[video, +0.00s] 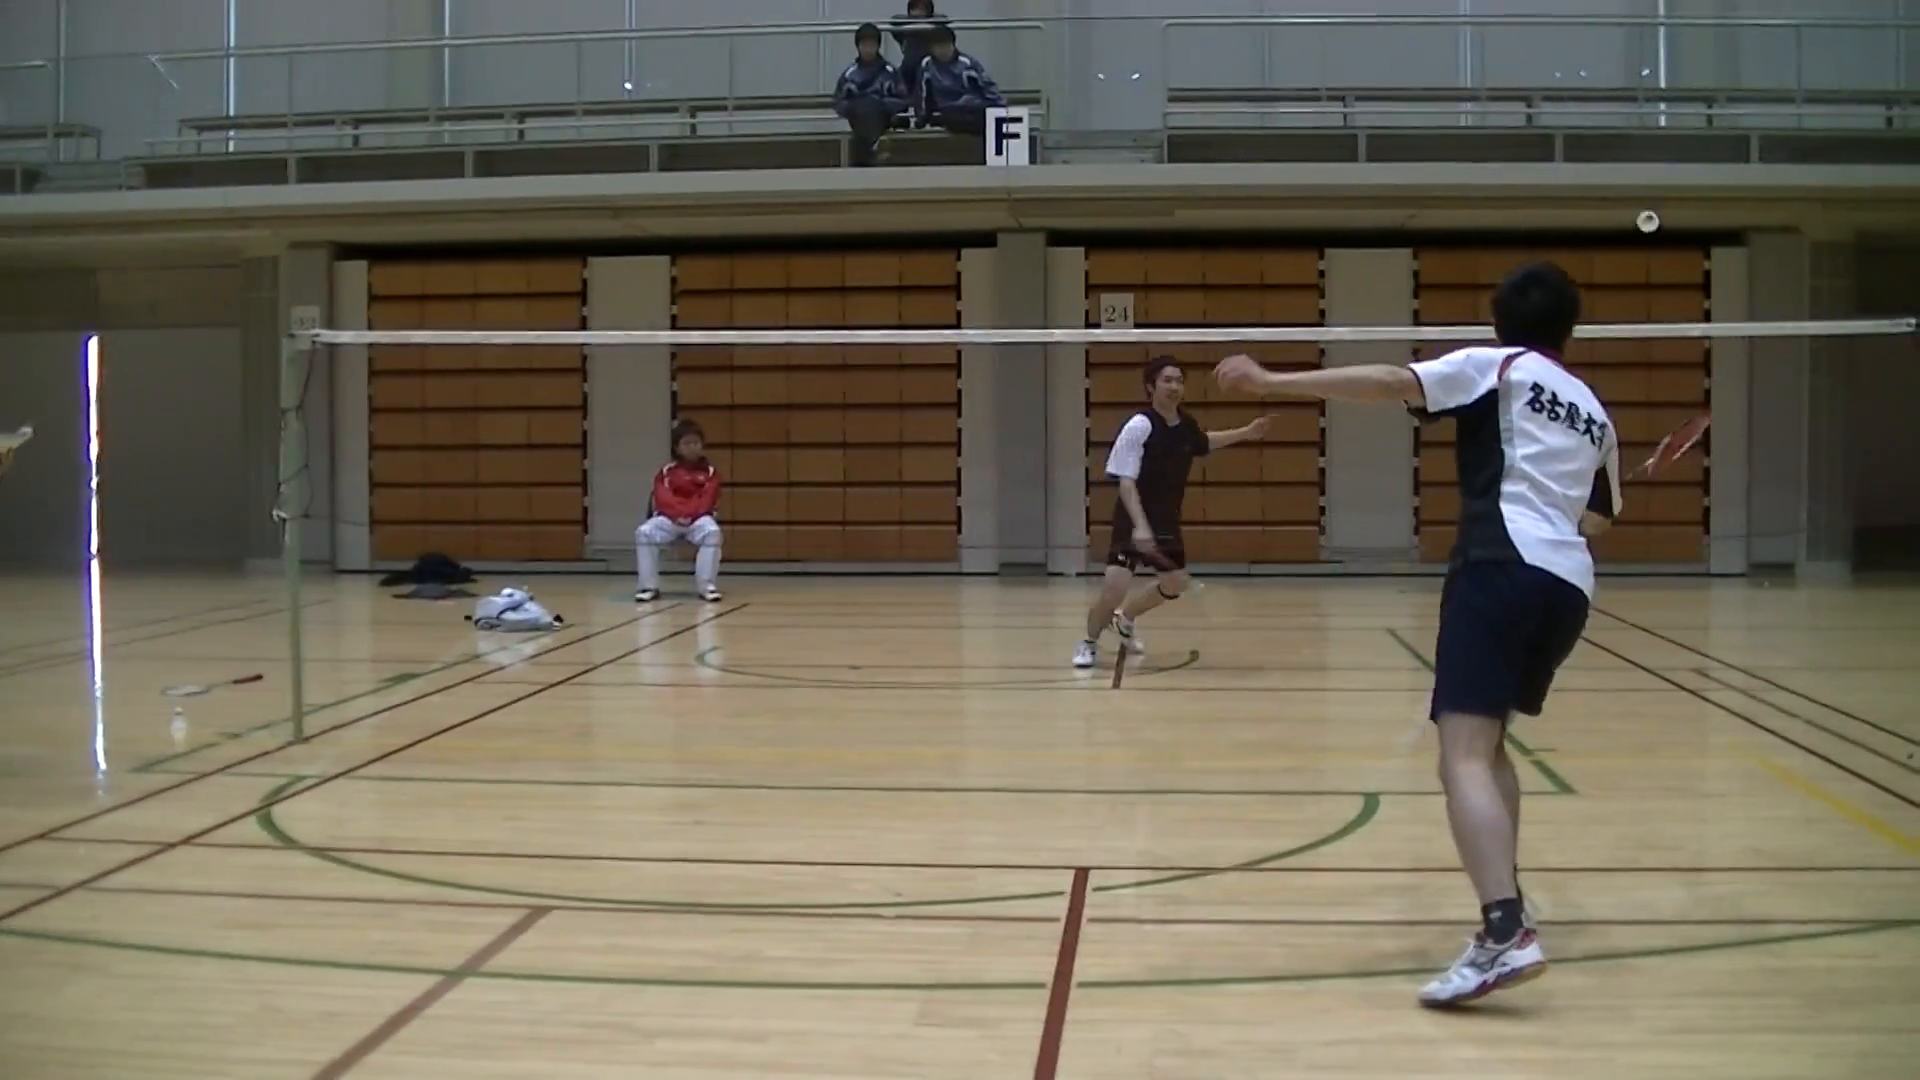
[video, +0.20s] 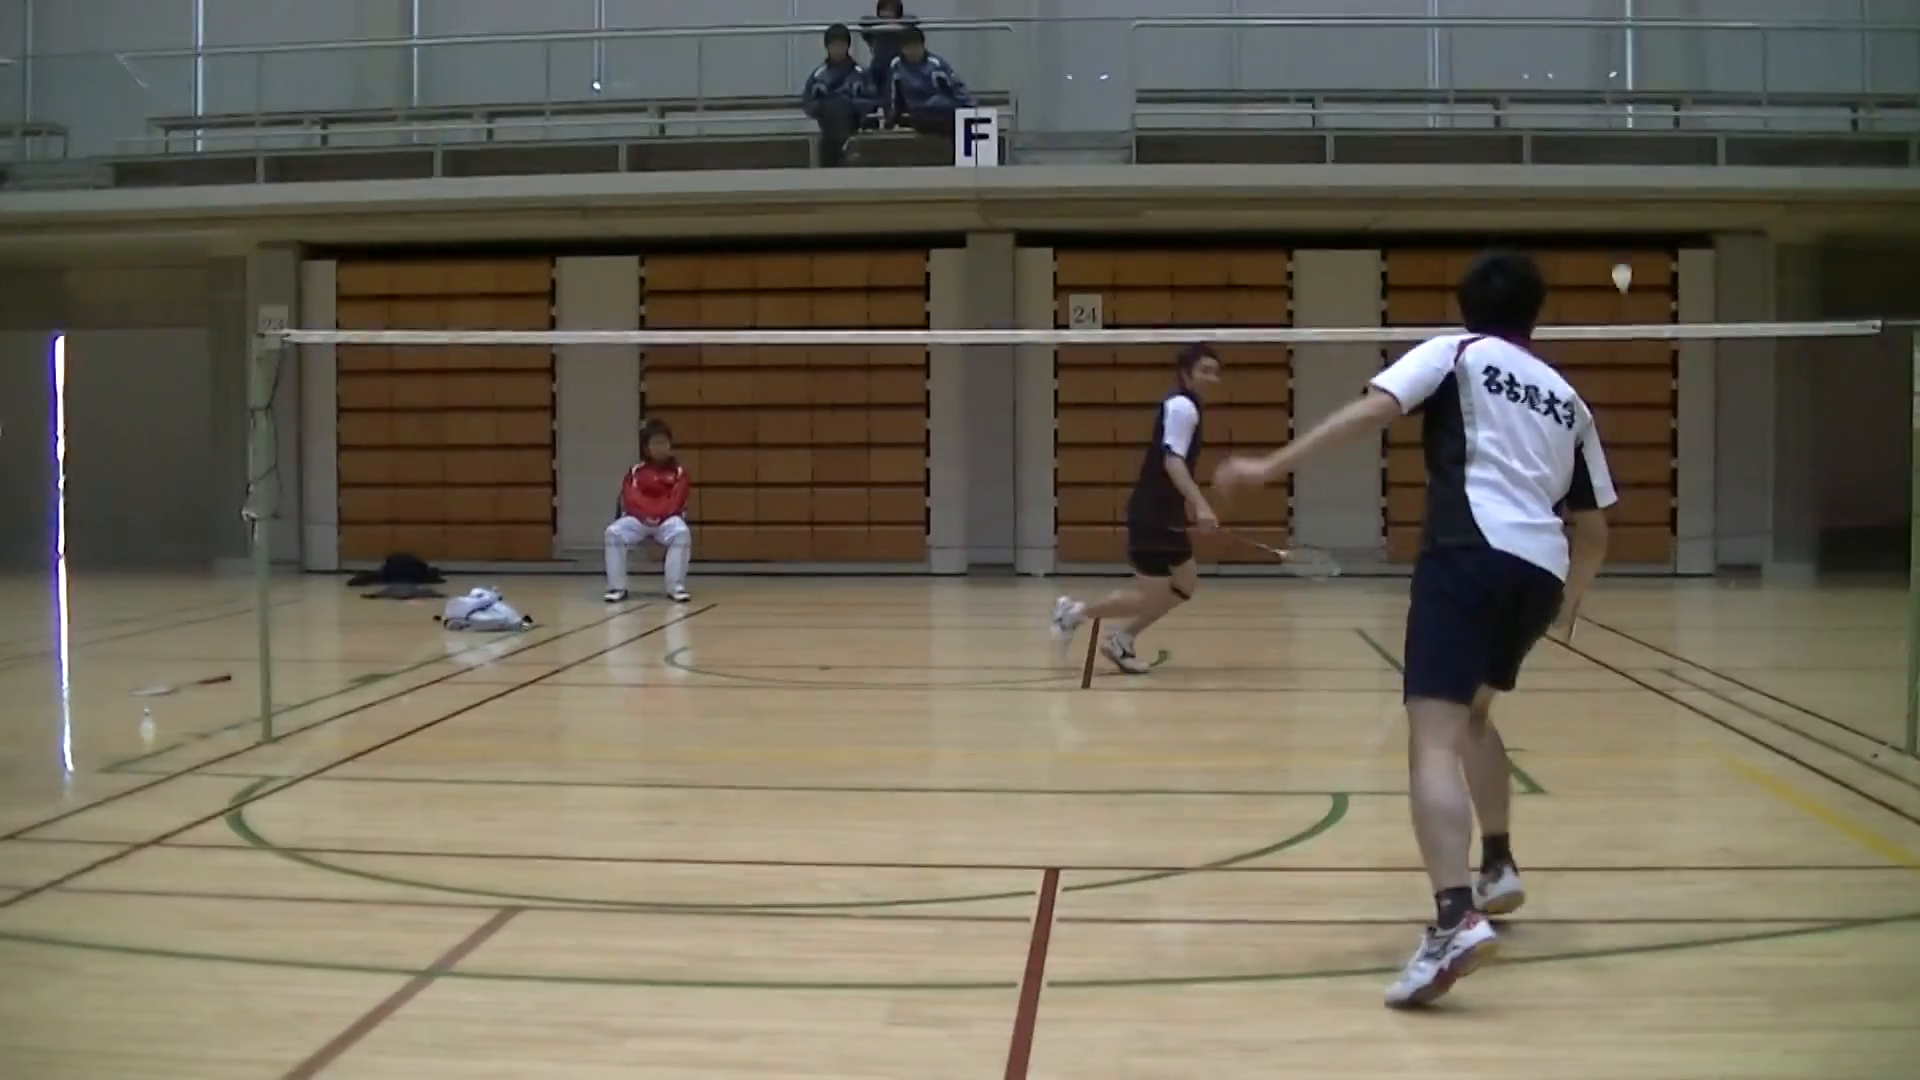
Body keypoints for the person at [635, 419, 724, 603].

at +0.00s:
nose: (692, 448)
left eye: (696, 443)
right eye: (686, 443)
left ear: (702, 445)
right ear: (676, 448)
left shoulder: (710, 472)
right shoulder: (666, 471)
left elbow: (707, 501)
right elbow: (662, 500)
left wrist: (689, 515)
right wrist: (679, 514)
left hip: (698, 518)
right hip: (670, 518)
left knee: (713, 533)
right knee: (644, 533)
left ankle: (706, 585)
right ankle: (648, 587)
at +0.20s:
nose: (660, 448)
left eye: (664, 443)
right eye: (655, 443)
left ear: (670, 445)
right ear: (646, 448)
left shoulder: (678, 472)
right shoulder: (636, 471)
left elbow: (676, 500)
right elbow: (630, 498)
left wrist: (660, 515)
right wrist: (645, 514)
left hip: (666, 518)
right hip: (638, 518)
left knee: (681, 534)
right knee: (613, 534)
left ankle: (675, 586)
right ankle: (617, 588)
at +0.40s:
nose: (654, 448)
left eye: (657, 443)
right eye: (648, 444)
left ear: (662, 446)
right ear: (638, 449)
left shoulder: (671, 473)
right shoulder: (628, 472)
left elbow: (669, 501)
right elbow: (623, 499)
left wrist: (653, 516)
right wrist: (639, 515)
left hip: (659, 519)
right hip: (631, 519)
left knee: (674, 535)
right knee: (606, 535)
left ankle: (668, 586)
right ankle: (610, 588)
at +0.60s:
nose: (653, 450)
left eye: (657, 444)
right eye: (648, 445)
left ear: (662, 448)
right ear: (638, 450)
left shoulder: (670, 475)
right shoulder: (628, 474)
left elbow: (668, 503)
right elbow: (623, 501)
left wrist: (652, 518)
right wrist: (638, 517)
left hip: (659, 521)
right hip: (630, 521)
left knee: (673, 536)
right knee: (606, 536)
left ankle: (668, 588)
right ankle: (610, 590)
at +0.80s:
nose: (654, 450)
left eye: (657, 445)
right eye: (648, 446)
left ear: (663, 448)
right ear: (639, 450)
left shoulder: (672, 475)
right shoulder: (628, 474)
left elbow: (669, 505)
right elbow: (624, 503)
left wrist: (652, 519)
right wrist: (640, 517)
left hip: (660, 521)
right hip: (631, 521)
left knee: (675, 537)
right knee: (607, 536)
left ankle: (669, 588)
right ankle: (611, 590)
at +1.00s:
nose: (655, 451)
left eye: (658, 446)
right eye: (650, 446)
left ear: (664, 449)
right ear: (640, 451)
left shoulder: (673, 476)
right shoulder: (630, 475)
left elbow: (670, 505)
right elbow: (625, 502)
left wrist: (653, 519)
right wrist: (641, 517)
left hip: (661, 521)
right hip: (632, 521)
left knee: (676, 537)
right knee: (608, 537)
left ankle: (670, 588)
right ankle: (612, 591)